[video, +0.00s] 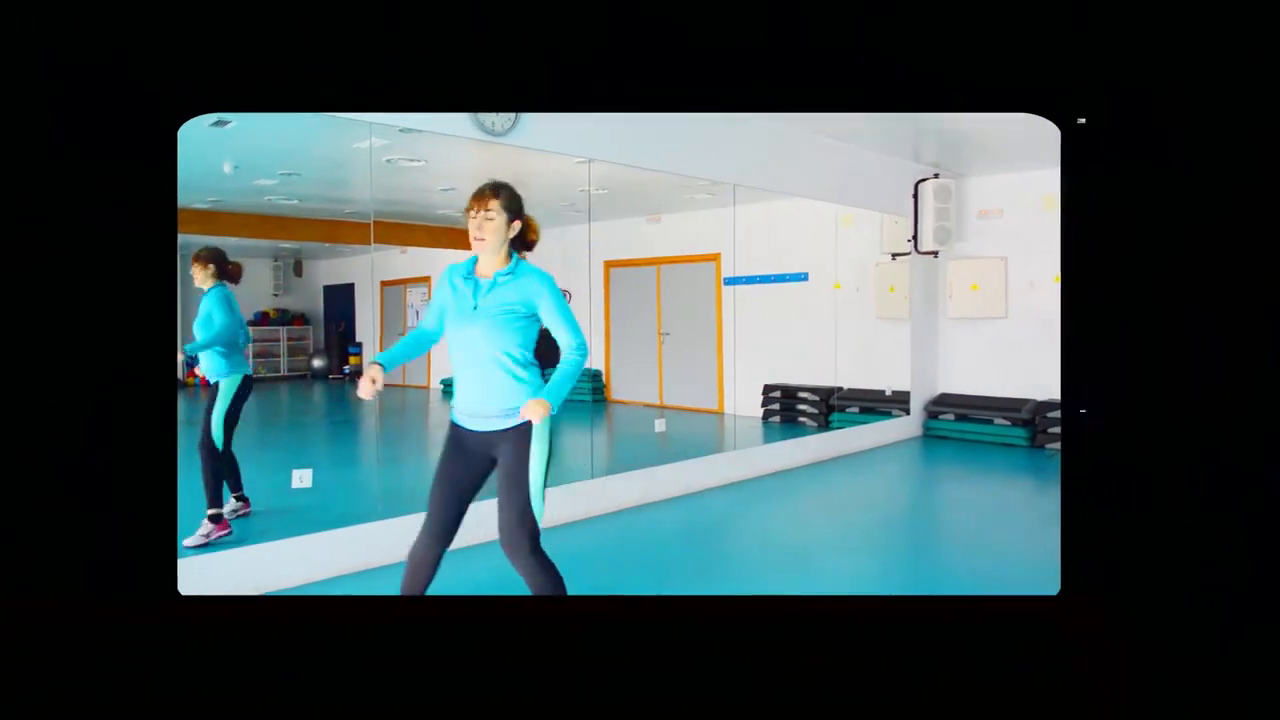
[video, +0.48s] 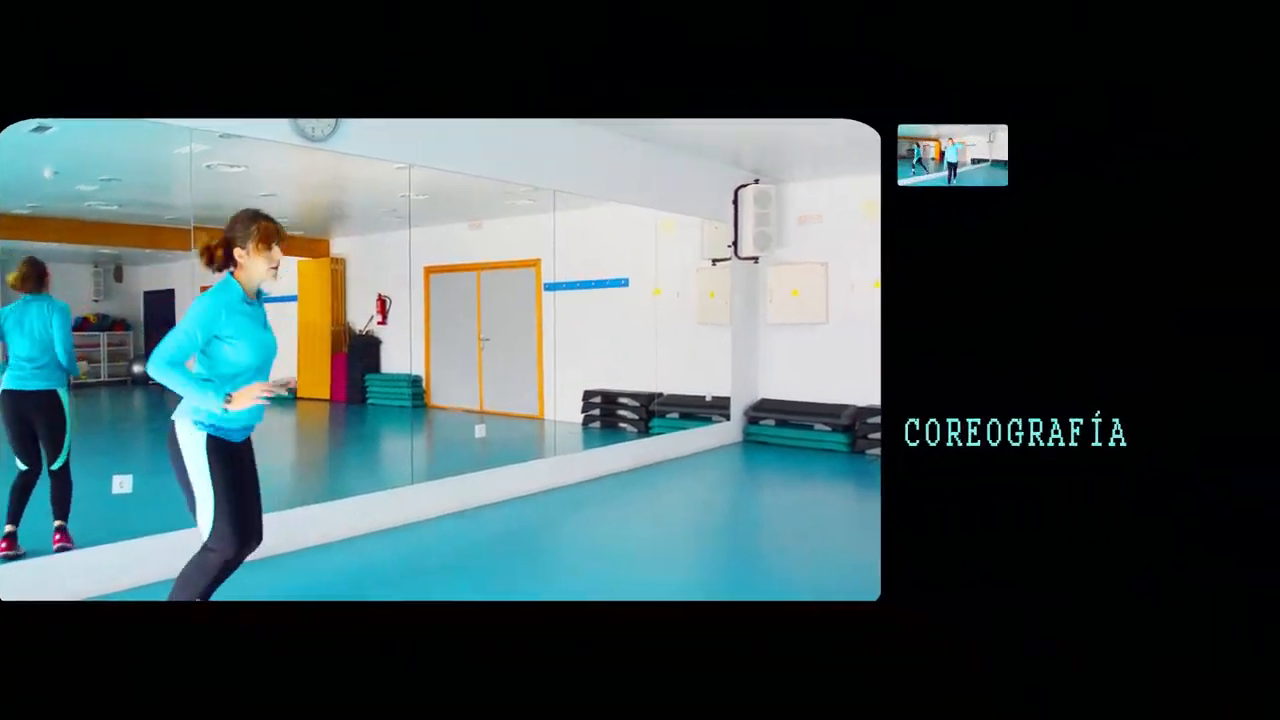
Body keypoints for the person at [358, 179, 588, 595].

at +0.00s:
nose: (476, 224)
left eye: (488, 216)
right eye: (472, 215)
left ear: (514, 227)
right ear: (467, 222)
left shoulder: (535, 284)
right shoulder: (453, 279)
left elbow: (575, 349)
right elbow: (426, 332)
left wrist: (548, 398)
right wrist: (381, 364)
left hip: (520, 429)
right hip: (465, 429)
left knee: (518, 542)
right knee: (433, 534)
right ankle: (407, 598)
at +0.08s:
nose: (460, 228)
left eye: (469, 221)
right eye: (452, 220)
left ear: (480, 233)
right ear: (436, 228)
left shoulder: (497, 290)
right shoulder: (402, 280)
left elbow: (531, 344)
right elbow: (360, 319)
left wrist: (526, 384)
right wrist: (331, 357)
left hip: (473, 428)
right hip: (414, 428)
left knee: (482, 537)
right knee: (395, 539)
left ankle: (524, 595)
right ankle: (382, 598)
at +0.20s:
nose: (425, 221)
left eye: (427, 212)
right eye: (414, 211)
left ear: (427, 218)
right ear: (384, 217)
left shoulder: (433, 277)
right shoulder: (342, 267)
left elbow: (447, 315)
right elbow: (276, 293)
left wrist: (447, 354)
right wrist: (295, 346)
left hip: (409, 416)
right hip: (349, 417)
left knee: (420, 526)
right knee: (345, 528)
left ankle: (427, 595)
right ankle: (333, 597)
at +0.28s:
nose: (389, 219)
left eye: (389, 210)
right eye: (379, 210)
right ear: (347, 215)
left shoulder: (386, 267)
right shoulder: (308, 260)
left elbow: (371, 313)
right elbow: (235, 286)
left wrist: (382, 344)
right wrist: (274, 336)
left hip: (367, 409)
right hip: (310, 409)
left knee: (371, 520)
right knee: (301, 518)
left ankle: (351, 591)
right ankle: (280, 595)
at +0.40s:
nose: (326, 236)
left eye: (325, 228)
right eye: (317, 229)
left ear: (298, 234)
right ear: (286, 233)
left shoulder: (308, 279)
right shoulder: (250, 280)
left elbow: (292, 333)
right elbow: (182, 319)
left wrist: (306, 366)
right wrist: (236, 364)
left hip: (294, 420)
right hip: (246, 419)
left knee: (296, 527)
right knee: (246, 532)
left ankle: (251, 591)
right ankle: (207, 597)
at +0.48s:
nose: (278, 257)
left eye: (279, 248)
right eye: (268, 248)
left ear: (249, 254)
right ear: (240, 254)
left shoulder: (252, 303)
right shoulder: (214, 303)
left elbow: (225, 366)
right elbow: (160, 364)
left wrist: (267, 388)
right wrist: (225, 400)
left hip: (235, 435)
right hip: (199, 433)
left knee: (248, 538)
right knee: (224, 540)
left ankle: (192, 597)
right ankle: (178, 600)